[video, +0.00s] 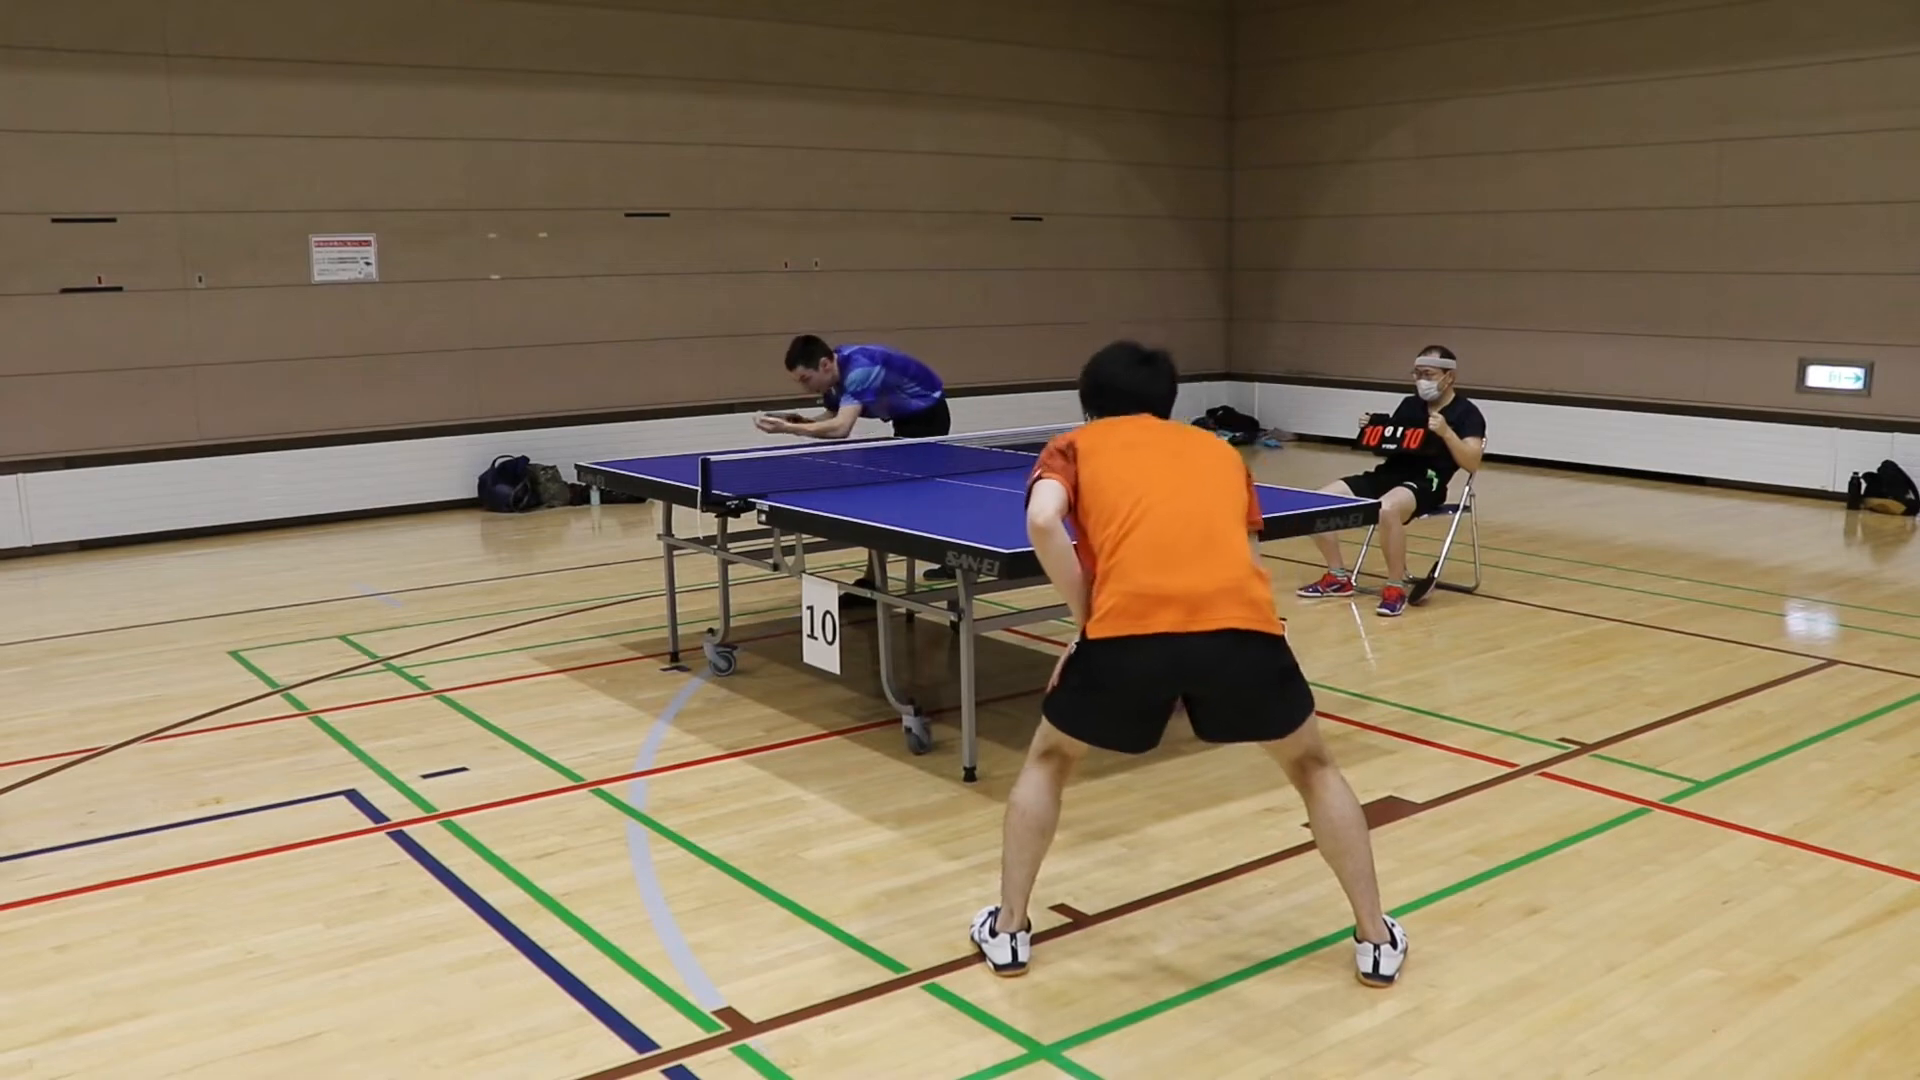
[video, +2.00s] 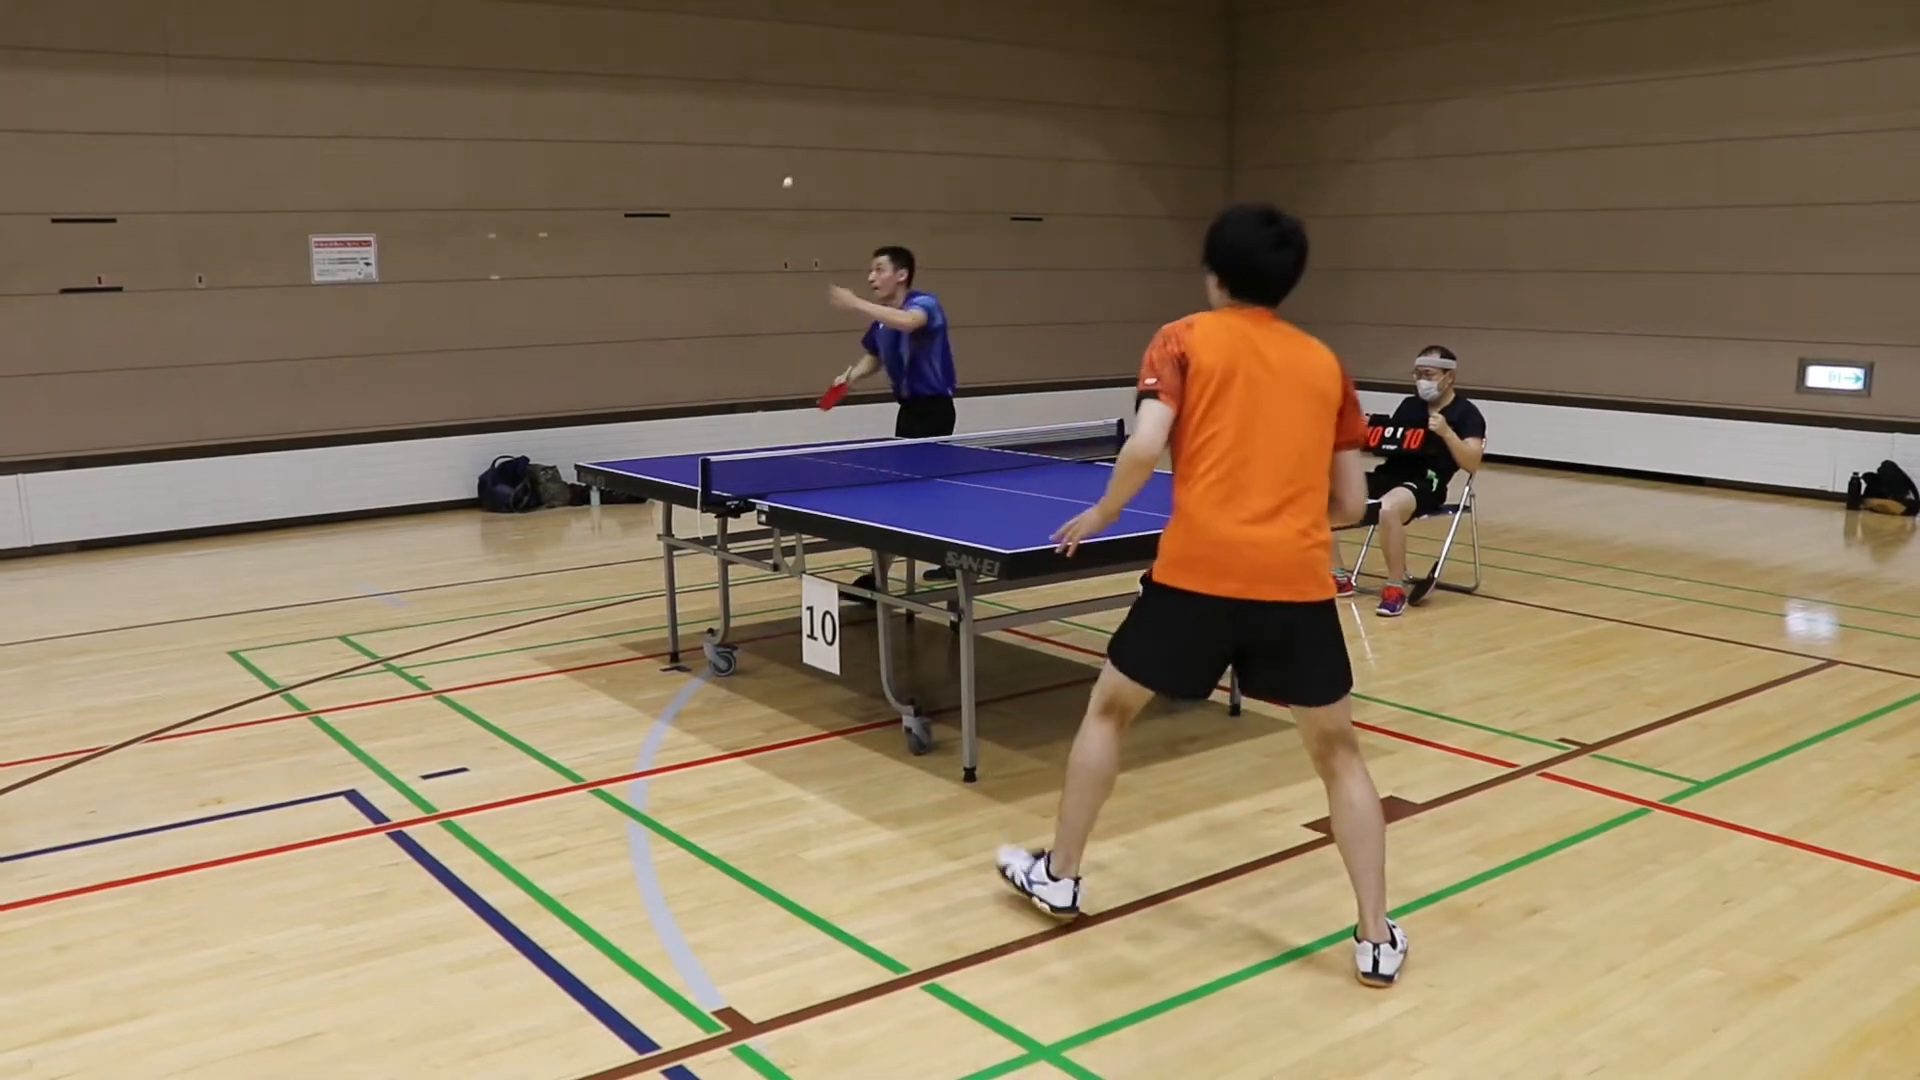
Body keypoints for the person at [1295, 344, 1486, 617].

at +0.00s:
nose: (1423, 382)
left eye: (1430, 375)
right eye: (1418, 374)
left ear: (1450, 378)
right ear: (1413, 375)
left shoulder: (1467, 414)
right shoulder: (1411, 404)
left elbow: (1472, 463)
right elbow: (1392, 439)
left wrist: (1446, 433)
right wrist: (1373, 425)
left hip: (1427, 481)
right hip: (1390, 474)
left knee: (1389, 509)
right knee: (1318, 503)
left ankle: (1394, 588)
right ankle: (1338, 576)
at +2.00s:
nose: (1423, 381)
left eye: (1430, 375)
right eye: (1418, 374)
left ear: (1450, 378)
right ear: (1414, 375)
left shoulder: (1466, 413)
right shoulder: (1410, 405)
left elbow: (1471, 463)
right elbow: (1386, 444)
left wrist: (1446, 433)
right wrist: (1367, 432)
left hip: (1426, 482)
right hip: (1388, 476)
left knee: (1390, 508)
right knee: (1323, 500)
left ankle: (1395, 587)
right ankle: (1337, 574)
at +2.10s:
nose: (1422, 380)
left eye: (1430, 374)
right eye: (1418, 374)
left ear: (1449, 379)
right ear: (1413, 375)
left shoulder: (1468, 414)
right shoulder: (1410, 405)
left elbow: (1472, 464)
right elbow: (1390, 443)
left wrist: (1446, 432)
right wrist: (1371, 428)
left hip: (1426, 482)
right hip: (1390, 474)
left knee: (1389, 508)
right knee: (1325, 494)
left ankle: (1395, 588)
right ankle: (1337, 575)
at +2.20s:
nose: (1423, 381)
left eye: (1430, 375)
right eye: (1419, 374)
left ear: (1449, 378)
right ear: (1413, 375)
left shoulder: (1466, 414)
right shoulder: (1411, 405)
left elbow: (1472, 463)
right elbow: (1393, 439)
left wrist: (1447, 433)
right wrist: (1373, 426)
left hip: (1427, 481)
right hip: (1390, 473)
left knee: (1389, 508)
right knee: (1320, 501)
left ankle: (1395, 588)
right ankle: (1337, 576)